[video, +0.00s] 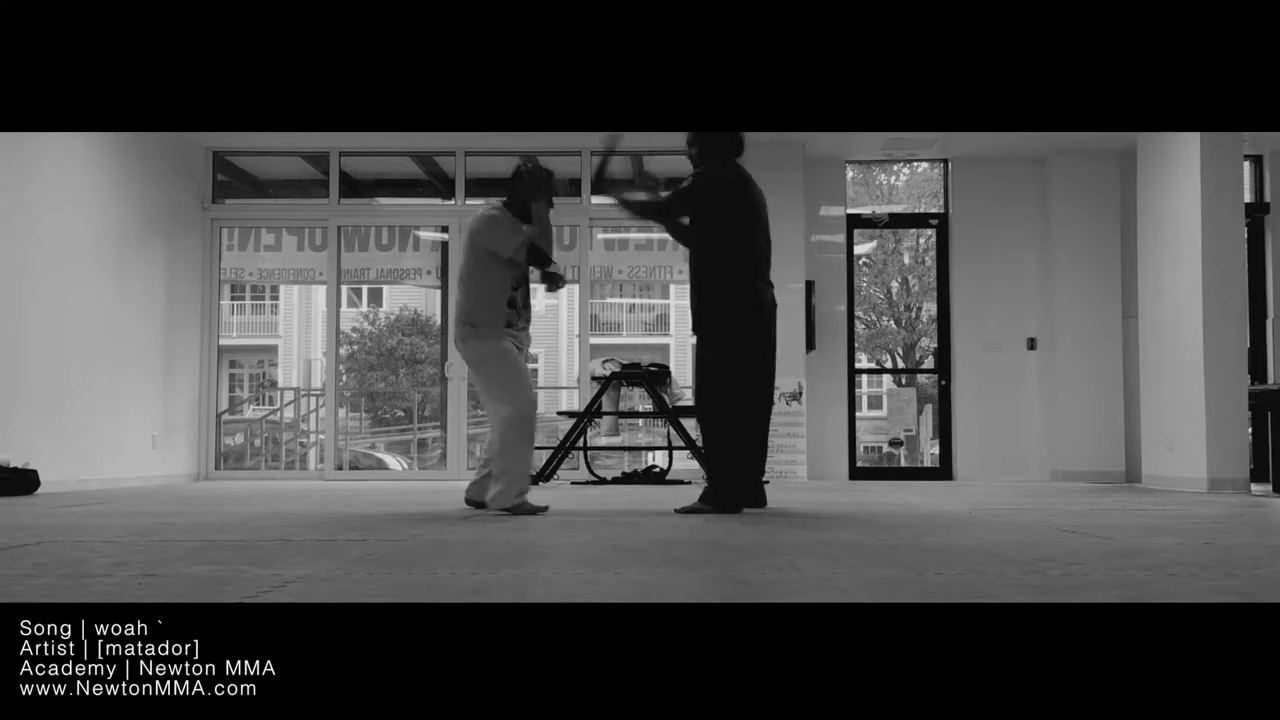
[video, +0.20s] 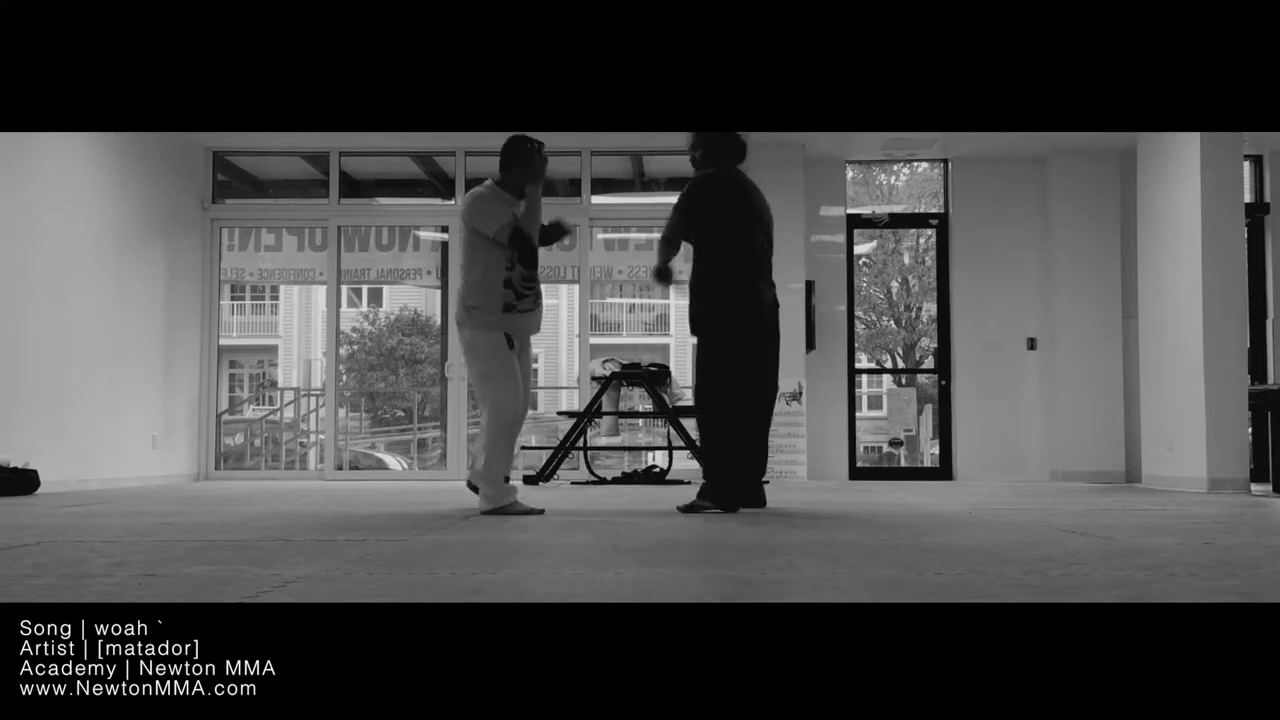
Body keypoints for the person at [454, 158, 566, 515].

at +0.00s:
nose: (546, 209)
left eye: (546, 203)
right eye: (544, 203)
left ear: (519, 194)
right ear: (528, 198)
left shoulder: (506, 224)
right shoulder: (492, 222)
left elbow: (529, 268)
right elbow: (543, 255)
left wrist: (550, 277)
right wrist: (542, 206)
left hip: (502, 335)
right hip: (484, 334)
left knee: (511, 408)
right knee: (519, 406)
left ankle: (484, 487)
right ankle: (508, 497)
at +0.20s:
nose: (541, 177)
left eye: (541, 172)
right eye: (537, 171)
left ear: (512, 167)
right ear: (521, 168)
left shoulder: (515, 204)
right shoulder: (481, 201)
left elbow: (526, 241)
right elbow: (524, 244)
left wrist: (549, 234)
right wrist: (534, 193)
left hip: (513, 324)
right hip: (485, 323)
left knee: (517, 403)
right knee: (504, 403)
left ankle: (483, 475)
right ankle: (495, 496)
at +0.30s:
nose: (541, 170)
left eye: (541, 162)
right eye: (537, 162)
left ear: (517, 164)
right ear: (517, 163)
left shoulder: (518, 203)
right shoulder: (481, 197)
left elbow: (532, 247)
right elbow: (522, 245)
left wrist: (557, 212)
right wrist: (543, 201)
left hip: (514, 323)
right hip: (486, 321)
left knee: (519, 402)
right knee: (507, 401)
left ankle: (474, 473)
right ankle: (497, 496)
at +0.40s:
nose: (544, 174)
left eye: (544, 166)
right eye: (539, 166)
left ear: (522, 166)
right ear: (519, 165)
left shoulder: (523, 204)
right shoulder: (481, 196)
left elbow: (535, 254)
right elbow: (511, 250)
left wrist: (557, 215)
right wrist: (549, 212)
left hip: (507, 324)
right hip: (483, 321)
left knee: (508, 407)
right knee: (507, 407)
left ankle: (468, 479)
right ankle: (498, 498)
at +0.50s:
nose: (548, 183)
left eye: (548, 176)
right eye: (545, 175)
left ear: (520, 172)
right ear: (528, 174)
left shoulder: (515, 207)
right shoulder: (496, 197)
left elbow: (541, 255)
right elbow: (520, 255)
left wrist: (551, 211)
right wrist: (546, 238)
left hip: (493, 323)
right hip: (481, 322)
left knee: (495, 407)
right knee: (514, 404)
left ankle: (464, 486)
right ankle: (498, 498)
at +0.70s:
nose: (533, 193)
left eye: (534, 187)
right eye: (532, 186)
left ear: (498, 178)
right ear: (521, 180)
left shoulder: (464, 208)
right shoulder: (520, 196)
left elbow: (448, 268)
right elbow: (538, 246)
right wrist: (502, 265)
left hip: (454, 318)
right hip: (491, 314)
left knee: (474, 406)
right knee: (524, 398)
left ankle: (463, 494)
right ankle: (502, 490)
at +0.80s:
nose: (519, 189)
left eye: (517, 183)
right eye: (517, 183)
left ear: (482, 181)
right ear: (510, 181)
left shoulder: (453, 212)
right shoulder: (514, 199)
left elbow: (444, 272)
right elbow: (535, 248)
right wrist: (501, 267)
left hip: (460, 319)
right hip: (503, 316)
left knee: (471, 405)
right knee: (521, 402)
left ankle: (463, 493)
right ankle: (524, 481)